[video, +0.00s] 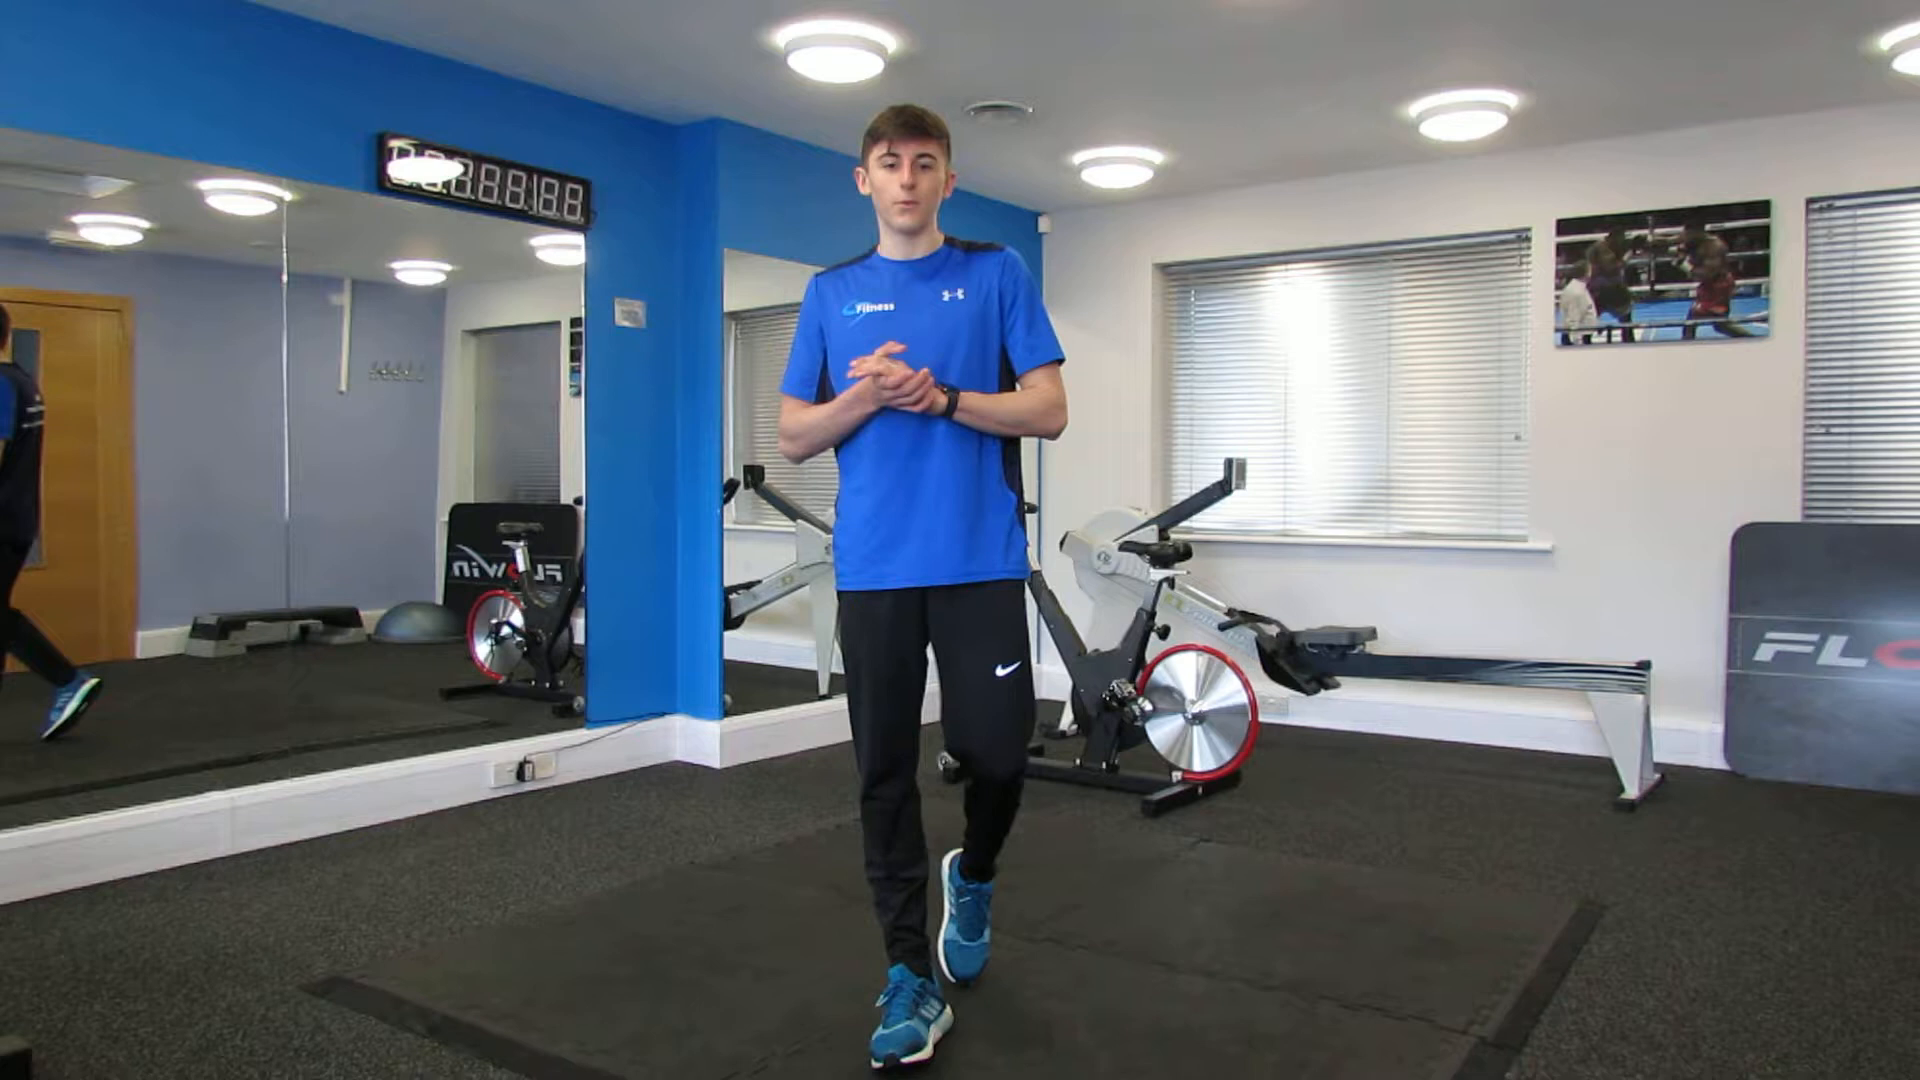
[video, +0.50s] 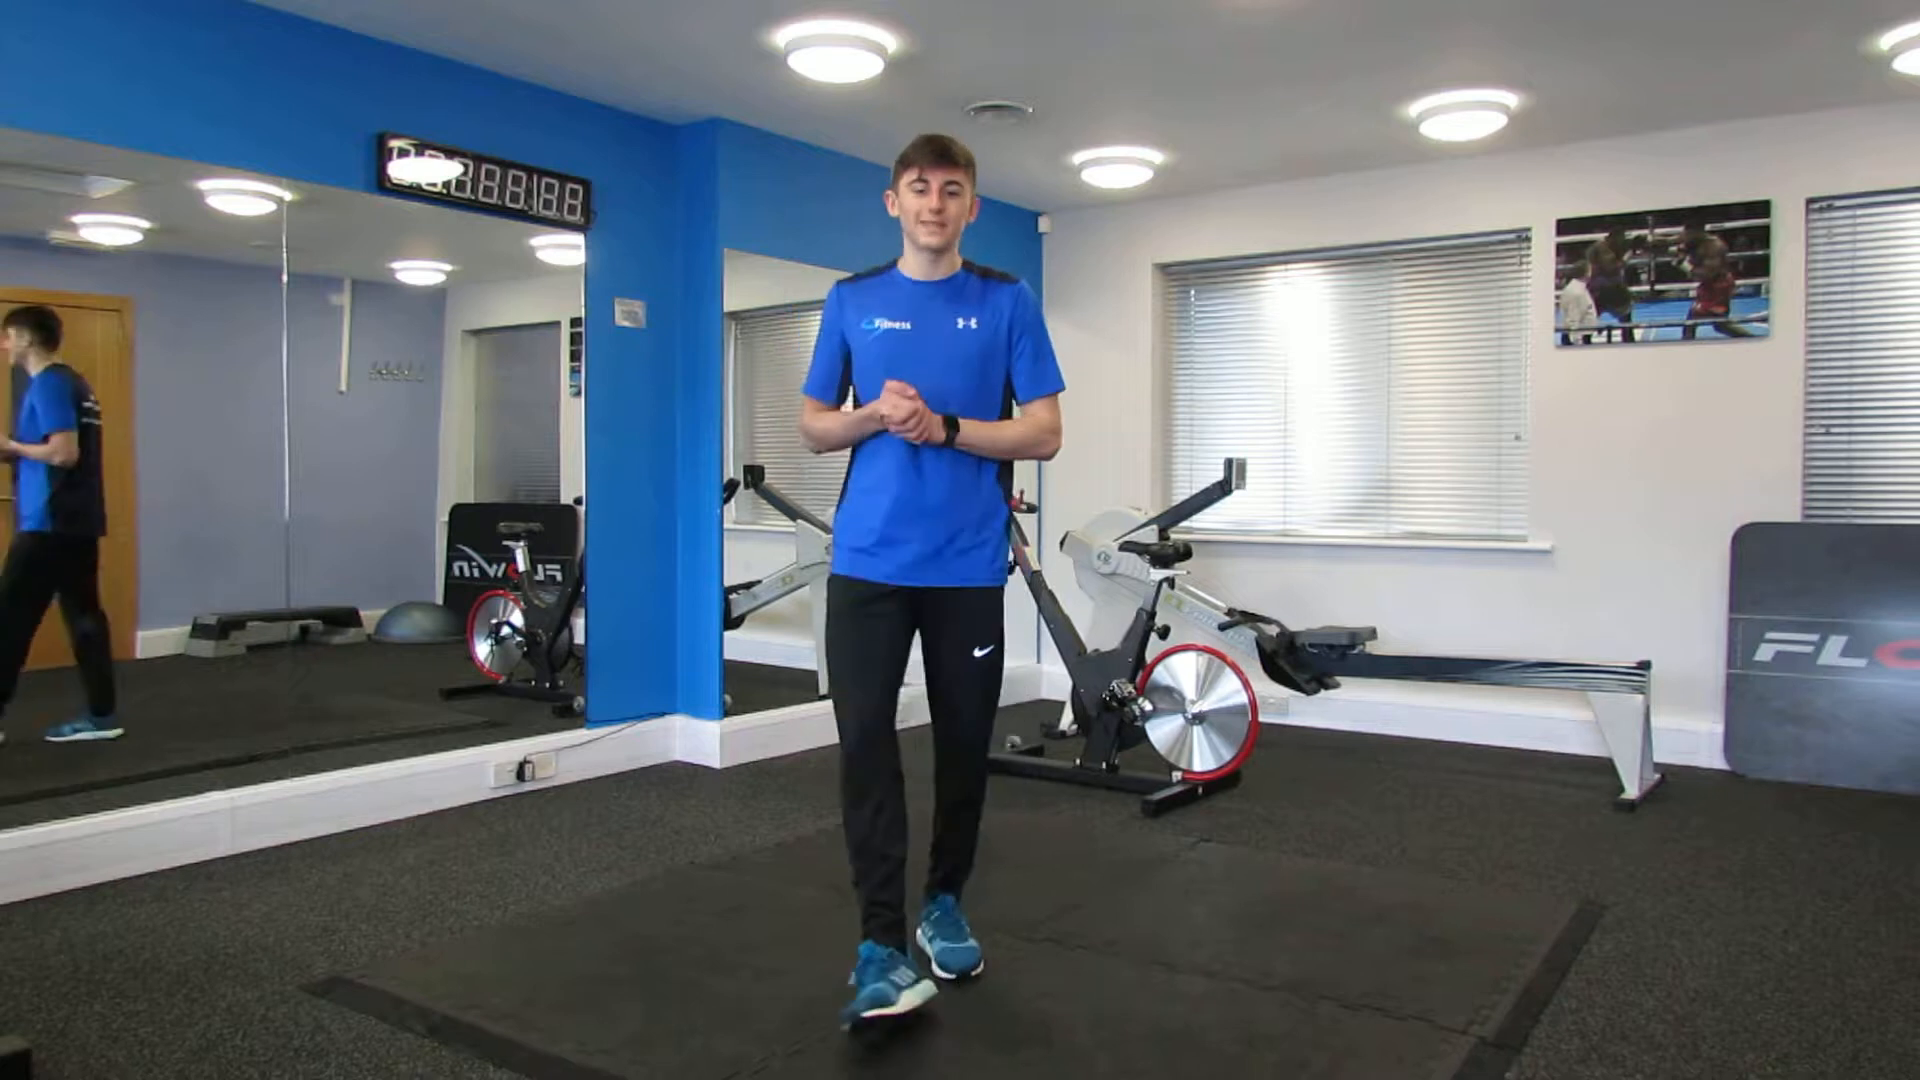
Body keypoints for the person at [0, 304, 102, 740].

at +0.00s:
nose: (1, 338)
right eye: (4, 330)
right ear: (9, 333)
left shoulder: (10, 383)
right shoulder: (24, 382)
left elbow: (11, 450)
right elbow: (28, 461)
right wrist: (21, 520)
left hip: (9, 524)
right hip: (19, 522)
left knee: (3, 612)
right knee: (4, 610)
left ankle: (67, 680)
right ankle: (67, 680)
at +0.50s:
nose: (5, 347)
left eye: (9, 338)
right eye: (6, 339)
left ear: (27, 340)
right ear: (45, 341)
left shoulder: (48, 384)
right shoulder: (70, 382)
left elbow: (65, 451)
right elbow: (66, 449)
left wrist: (13, 447)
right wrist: (21, 451)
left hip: (46, 529)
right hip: (76, 528)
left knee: (12, 623)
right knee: (85, 616)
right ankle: (102, 714)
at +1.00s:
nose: (40, 338)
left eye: (45, 329)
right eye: (41, 330)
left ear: (65, 333)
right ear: (85, 334)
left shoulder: (78, 379)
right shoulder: (111, 380)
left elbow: (79, 452)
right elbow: (91, 449)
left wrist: (40, 439)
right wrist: (41, 443)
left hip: (83, 523)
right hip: (103, 521)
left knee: (90, 616)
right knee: (93, 615)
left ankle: (121, 718)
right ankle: (101, 713)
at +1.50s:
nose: (40, 335)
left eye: (45, 326)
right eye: (41, 327)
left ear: (65, 328)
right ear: (81, 330)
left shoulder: (91, 376)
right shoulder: (109, 375)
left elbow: (103, 451)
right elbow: (96, 446)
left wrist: (50, 440)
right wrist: (49, 443)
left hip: (98, 524)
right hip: (109, 523)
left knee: (96, 616)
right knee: (104, 615)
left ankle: (124, 719)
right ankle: (117, 715)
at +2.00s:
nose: (36, 336)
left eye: (40, 327)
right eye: (38, 327)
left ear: (58, 328)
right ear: (81, 330)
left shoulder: (79, 377)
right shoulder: (111, 376)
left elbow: (83, 453)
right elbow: (92, 449)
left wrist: (40, 437)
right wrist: (42, 444)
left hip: (91, 522)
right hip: (108, 519)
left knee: (74, 604)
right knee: (83, 604)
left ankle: (122, 717)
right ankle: (109, 709)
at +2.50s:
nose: (9, 345)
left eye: (12, 336)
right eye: (10, 336)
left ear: (27, 335)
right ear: (54, 336)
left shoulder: (43, 381)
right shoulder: (85, 383)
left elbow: (46, 456)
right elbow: (81, 457)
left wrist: (11, 445)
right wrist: (24, 451)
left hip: (57, 529)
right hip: (82, 527)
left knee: (74, 620)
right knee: (51, 619)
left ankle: (124, 719)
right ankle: (36, 718)